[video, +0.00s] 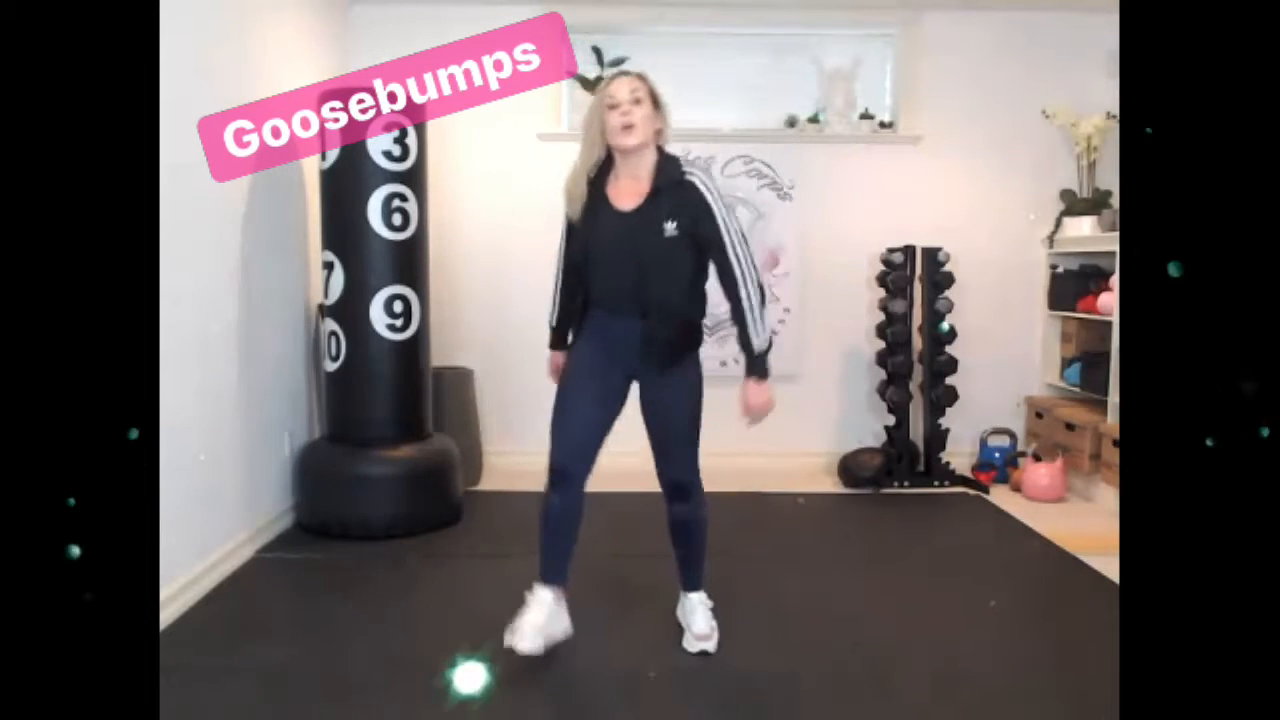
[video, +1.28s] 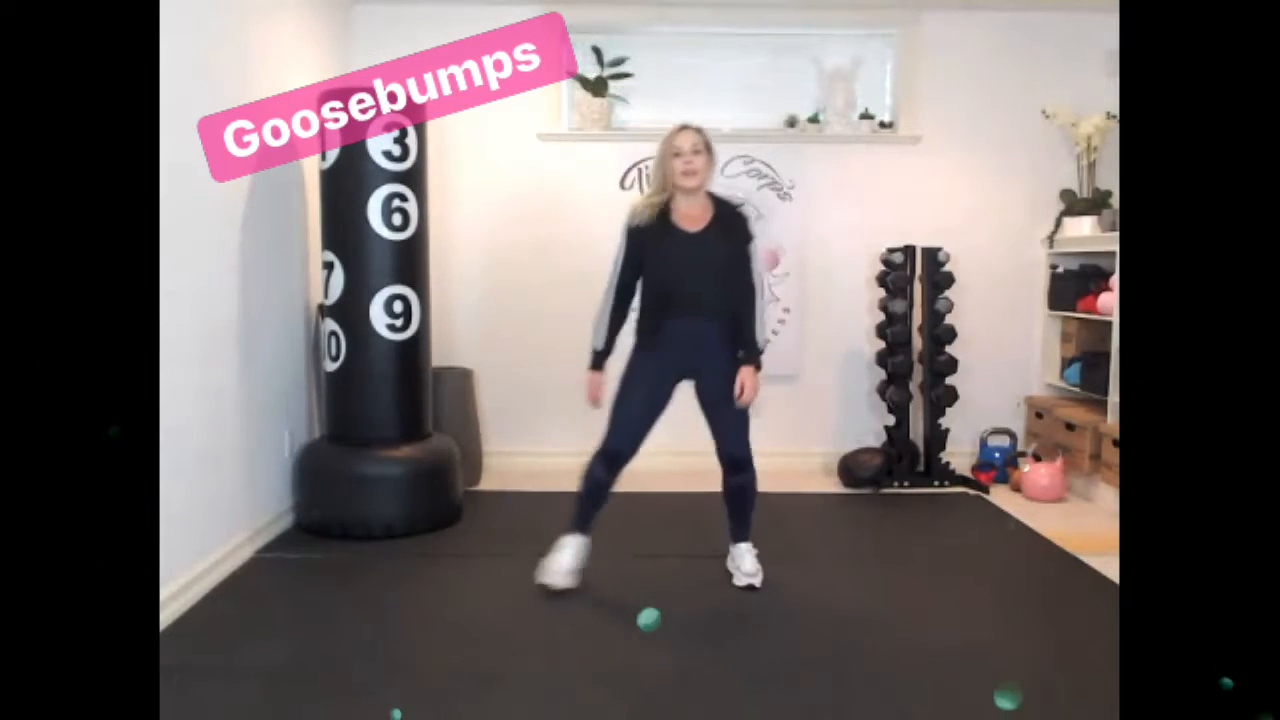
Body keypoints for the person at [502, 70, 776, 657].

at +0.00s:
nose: (625, 113)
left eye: (636, 103)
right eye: (613, 106)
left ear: (657, 118)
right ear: (599, 124)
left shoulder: (689, 188)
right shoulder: (587, 190)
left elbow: (738, 273)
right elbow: (572, 269)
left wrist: (756, 368)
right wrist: (560, 340)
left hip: (670, 349)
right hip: (599, 345)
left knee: (681, 480)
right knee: (565, 468)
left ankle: (693, 596)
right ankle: (549, 596)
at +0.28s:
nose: (622, 146)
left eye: (632, 137)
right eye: (612, 138)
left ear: (648, 148)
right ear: (597, 150)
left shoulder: (667, 222)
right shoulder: (567, 216)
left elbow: (699, 297)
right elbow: (532, 285)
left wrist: (722, 372)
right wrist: (503, 358)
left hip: (647, 365)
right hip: (579, 363)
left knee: (669, 485)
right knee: (550, 475)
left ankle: (693, 598)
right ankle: (524, 556)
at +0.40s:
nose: (607, 146)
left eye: (617, 138)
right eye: (597, 137)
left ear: (631, 149)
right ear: (580, 147)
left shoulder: (643, 221)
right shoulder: (544, 206)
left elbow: (654, 299)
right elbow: (503, 268)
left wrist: (658, 373)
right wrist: (479, 338)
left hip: (618, 354)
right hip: (551, 351)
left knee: (639, 468)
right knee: (534, 465)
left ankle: (670, 583)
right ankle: (520, 558)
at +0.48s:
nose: (600, 145)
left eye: (609, 137)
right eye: (589, 136)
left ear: (622, 146)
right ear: (573, 145)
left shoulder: (638, 218)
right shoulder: (538, 202)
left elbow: (635, 293)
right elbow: (497, 263)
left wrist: (628, 354)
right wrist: (472, 330)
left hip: (604, 348)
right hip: (538, 345)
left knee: (610, 460)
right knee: (530, 461)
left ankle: (616, 558)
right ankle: (520, 559)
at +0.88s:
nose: (620, 148)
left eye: (628, 140)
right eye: (611, 139)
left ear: (639, 151)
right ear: (592, 147)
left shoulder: (645, 218)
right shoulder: (556, 201)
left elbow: (655, 296)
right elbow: (523, 272)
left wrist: (672, 368)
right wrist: (509, 347)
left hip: (617, 341)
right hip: (554, 339)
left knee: (657, 439)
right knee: (539, 456)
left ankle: (657, 527)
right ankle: (522, 558)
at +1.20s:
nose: (671, 172)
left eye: (679, 164)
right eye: (661, 164)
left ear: (692, 172)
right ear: (647, 174)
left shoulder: (710, 236)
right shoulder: (626, 233)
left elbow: (725, 308)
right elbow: (601, 305)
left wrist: (738, 376)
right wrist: (571, 373)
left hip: (694, 361)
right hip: (634, 360)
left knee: (722, 461)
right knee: (588, 462)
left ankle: (740, 548)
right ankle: (533, 555)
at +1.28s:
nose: (687, 162)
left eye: (696, 154)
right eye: (678, 155)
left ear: (710, 162)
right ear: (665, 165)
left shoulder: (732, 222)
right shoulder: (645, 221)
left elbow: (746, 293)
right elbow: (621, 294)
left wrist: (750, 358)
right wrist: (597, 364)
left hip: (717, 352)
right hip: (657, 350)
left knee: (737, 456)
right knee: (615, 449)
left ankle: (742, 546)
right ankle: (575, 539)